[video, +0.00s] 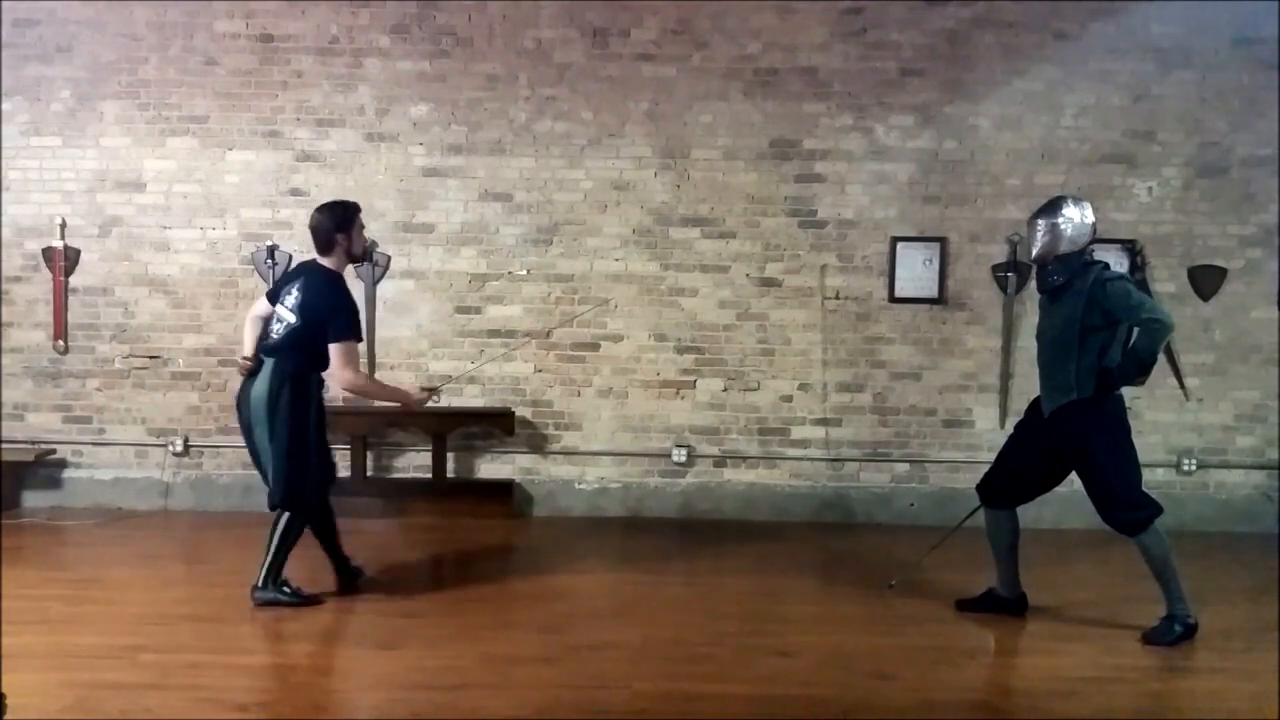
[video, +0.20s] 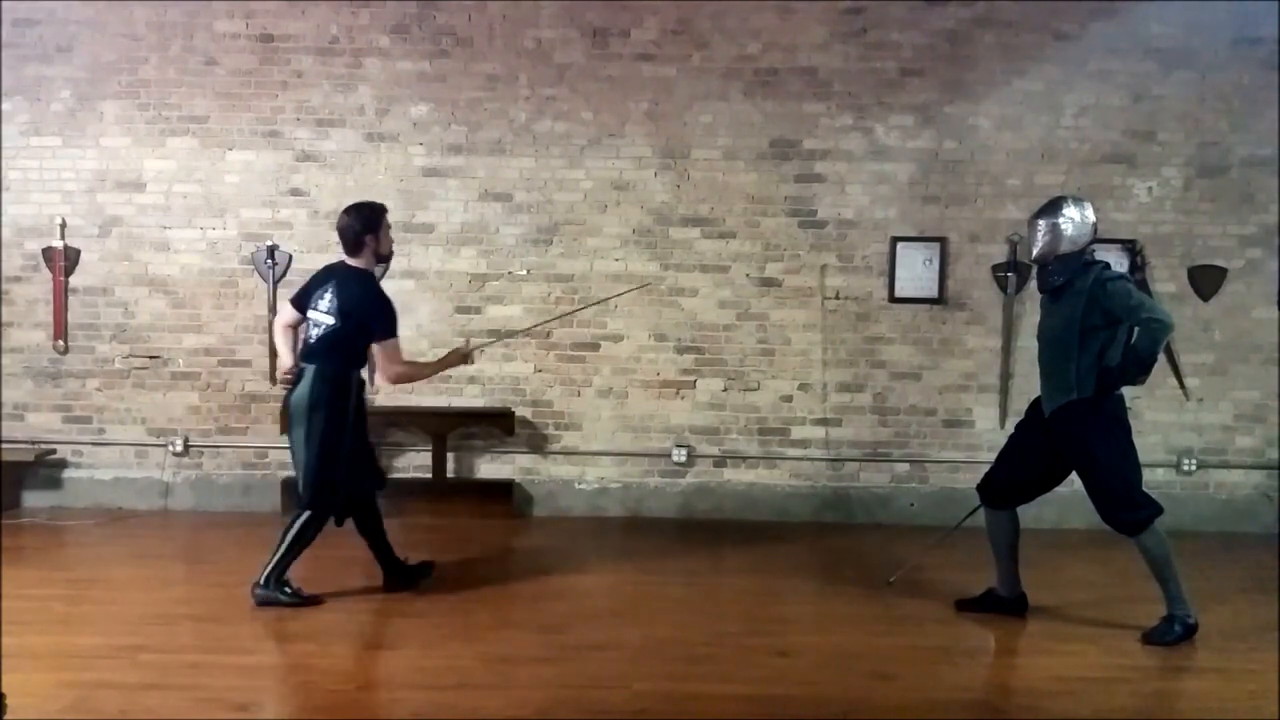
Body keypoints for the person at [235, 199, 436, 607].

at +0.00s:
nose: (365, 237)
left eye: (362, 229)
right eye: (360, 231)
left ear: (322, 239)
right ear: (342, 238)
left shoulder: (297, 275)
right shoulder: (337, 295)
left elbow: (256, 313)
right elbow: (347, 377)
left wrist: (248, 355)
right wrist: (403, 395)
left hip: (260, 389)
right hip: (287, 394)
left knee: (312, 483)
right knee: (302, 488)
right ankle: (268, 581)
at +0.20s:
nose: (391, 238)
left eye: (388, 230)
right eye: (386, 232)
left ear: (349, 240)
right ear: (369, 240)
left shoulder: (326, 276)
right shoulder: (373, 297)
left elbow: (284, 321)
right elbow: (392, 372)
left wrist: (286, 359)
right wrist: (444, 363)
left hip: (313, 395)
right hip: (330, 401)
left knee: (359, 488)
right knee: (324, 497)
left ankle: (392, 569)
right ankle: (270, 580)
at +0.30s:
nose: (408, 234)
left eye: (406, 226)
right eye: (403, 227)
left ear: (367, 234)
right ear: (387, 234)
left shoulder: (343, 274)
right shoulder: (393, 292)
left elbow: (305, 323)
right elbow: (429, 356)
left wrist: (313, 363)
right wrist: (476, 337)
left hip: (334, 391)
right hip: (358, 397)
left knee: (380, 482)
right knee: (354, 494)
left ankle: (397, 568)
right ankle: (287, 565)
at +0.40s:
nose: (423, 229)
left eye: (419, 222)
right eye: (417, 223)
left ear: (379, 230)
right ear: (402, 230)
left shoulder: (359, 269)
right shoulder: (409, 284)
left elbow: (322, 317)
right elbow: (466, 334)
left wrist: (329, 358)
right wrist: (514, 311)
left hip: (345, 381)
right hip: (375, 384)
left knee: (377, 474)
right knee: (411, 473)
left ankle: (398, 568)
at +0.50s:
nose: (439, 225)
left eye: (436, 218)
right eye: (434, 220)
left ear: (398, 228)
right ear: (419, 227)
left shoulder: (370, 267)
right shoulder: (427, 279)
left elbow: (335, 311)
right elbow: (497, 304)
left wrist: (340, 351)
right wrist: (550, 289)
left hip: (352, 382)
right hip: (387, 380)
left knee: (377, 476)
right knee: (450, 436)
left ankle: (397, 569)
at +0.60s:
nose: (455, 225)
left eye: (451, 219)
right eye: (450, 220)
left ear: (413, 229)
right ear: (435, 228)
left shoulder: (386, 264)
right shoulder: (445, 275)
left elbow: (346, 308)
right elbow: (518, 282)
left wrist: (352, 350)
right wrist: (575, 273)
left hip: (366, 383)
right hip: (400, 379)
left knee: (382, 478)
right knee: (480, 399)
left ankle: (398, 569)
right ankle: (421, 453)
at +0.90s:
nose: (499, 229)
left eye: (496, 221)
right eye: (495, 222)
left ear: (459, 229)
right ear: (480, 228)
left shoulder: (432, 266)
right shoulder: (488, 277)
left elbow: (391, 310)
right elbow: (558, 277)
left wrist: (402, 354)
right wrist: (608, 246)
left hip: (416, 390)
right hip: (456, 386)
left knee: (406, 477)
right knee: (539, 390)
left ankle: (399, 569)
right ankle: (478, 455)